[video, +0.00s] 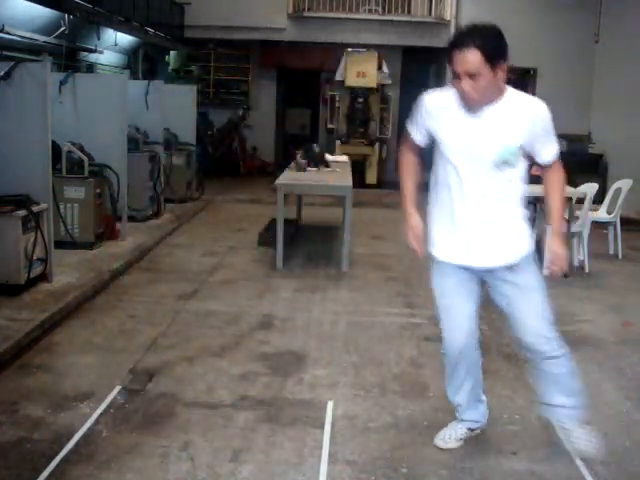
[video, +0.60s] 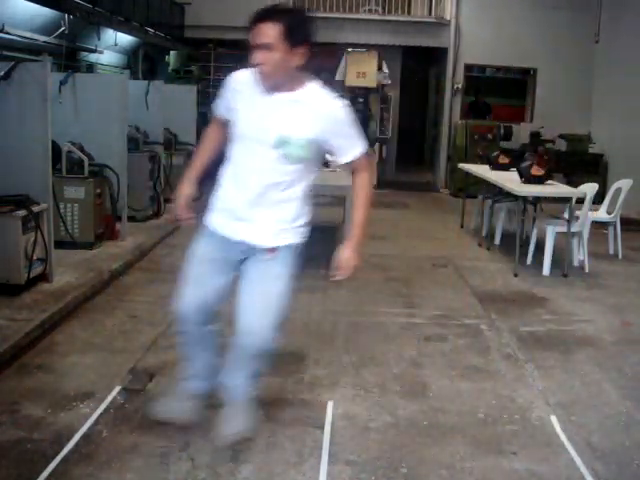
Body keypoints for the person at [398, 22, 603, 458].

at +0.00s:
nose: (463, 86)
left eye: (472, 76)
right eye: (457, 76)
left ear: (501, 70)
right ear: (449, 70)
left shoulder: (531, 113)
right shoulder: (434, 105)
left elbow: (552, 168)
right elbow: (409, 149)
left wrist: (556, 235)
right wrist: (411, 211)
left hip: (510, 252)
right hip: (449, 251)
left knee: (540, 339)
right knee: (457, 341)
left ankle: (568, 418)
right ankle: (469, 417)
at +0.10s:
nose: (436, 74)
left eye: (446, 64)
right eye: (432, 64)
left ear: (477, 60)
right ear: (426, 61)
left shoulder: (511, 105)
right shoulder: (412, 94)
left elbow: (532, 161)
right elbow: (391, 137)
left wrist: (525, 229)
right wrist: (386, 198)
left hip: (480, 240)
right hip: (421, 236)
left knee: (471, 331)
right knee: (424, 328)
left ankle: (473, 403)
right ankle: (441, 404)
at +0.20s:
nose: (410, 83)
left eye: (418, 73)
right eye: (406, 73)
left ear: (451, 70)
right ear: (402, 70)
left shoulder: (485, 121)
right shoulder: (391, 106)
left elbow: (499, 190)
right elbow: (373, 157)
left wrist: (491, 258)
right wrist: (364, 216)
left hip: (445, 255)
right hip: (387, 245)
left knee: (428, 346)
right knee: (370, 331)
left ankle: (419, 419)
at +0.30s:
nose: (379, 94)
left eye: (388, 85)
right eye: (376, 83)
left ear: (420, 86)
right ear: (372, 81)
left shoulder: (449, 138)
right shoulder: (361, 116)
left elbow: (457, 215)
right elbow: (345, 179)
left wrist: (455, 286)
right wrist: (329, 236)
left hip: (416, 268)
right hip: (353, 257)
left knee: (433, 359)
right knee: (309, 328)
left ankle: (423, 420)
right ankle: (295, 402)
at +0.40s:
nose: (340, 78)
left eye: (350, 70)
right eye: (338, 68)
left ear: (383, 72)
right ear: (335, 65)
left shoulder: (410, 127)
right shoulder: (321, 98)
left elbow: (421, 198)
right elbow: (299, 158)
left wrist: (418, 270)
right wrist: (280, 217)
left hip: (367, 258)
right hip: (304, 248)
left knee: (385, 342)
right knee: (278, 334)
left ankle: (421, 419)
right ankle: (269, 408)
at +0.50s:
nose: (302, 58)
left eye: (312, 50)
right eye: (299, 48)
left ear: (343, 54)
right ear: (295, 46)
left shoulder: (369, 112)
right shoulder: (279, 80)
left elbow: (392, 175)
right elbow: (255, 125)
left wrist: (388, 244)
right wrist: (235, 182)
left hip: (319, 241)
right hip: (261, 230)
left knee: (314, 326)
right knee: (245, 315)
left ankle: (349, 393)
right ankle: (257, 396)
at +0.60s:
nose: (256, 58)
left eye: (267, 48)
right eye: (254, 48)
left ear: (299, 54)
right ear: (251, 48)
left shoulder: (328, 110)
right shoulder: (239, 84)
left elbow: (363, 168)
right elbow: (218, 129)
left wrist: (351, 242)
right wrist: (188, 182)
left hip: (276, 243)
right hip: (220, 229)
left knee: (256, 334)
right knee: (190, 307)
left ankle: (238, 398)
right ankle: (195, 387)